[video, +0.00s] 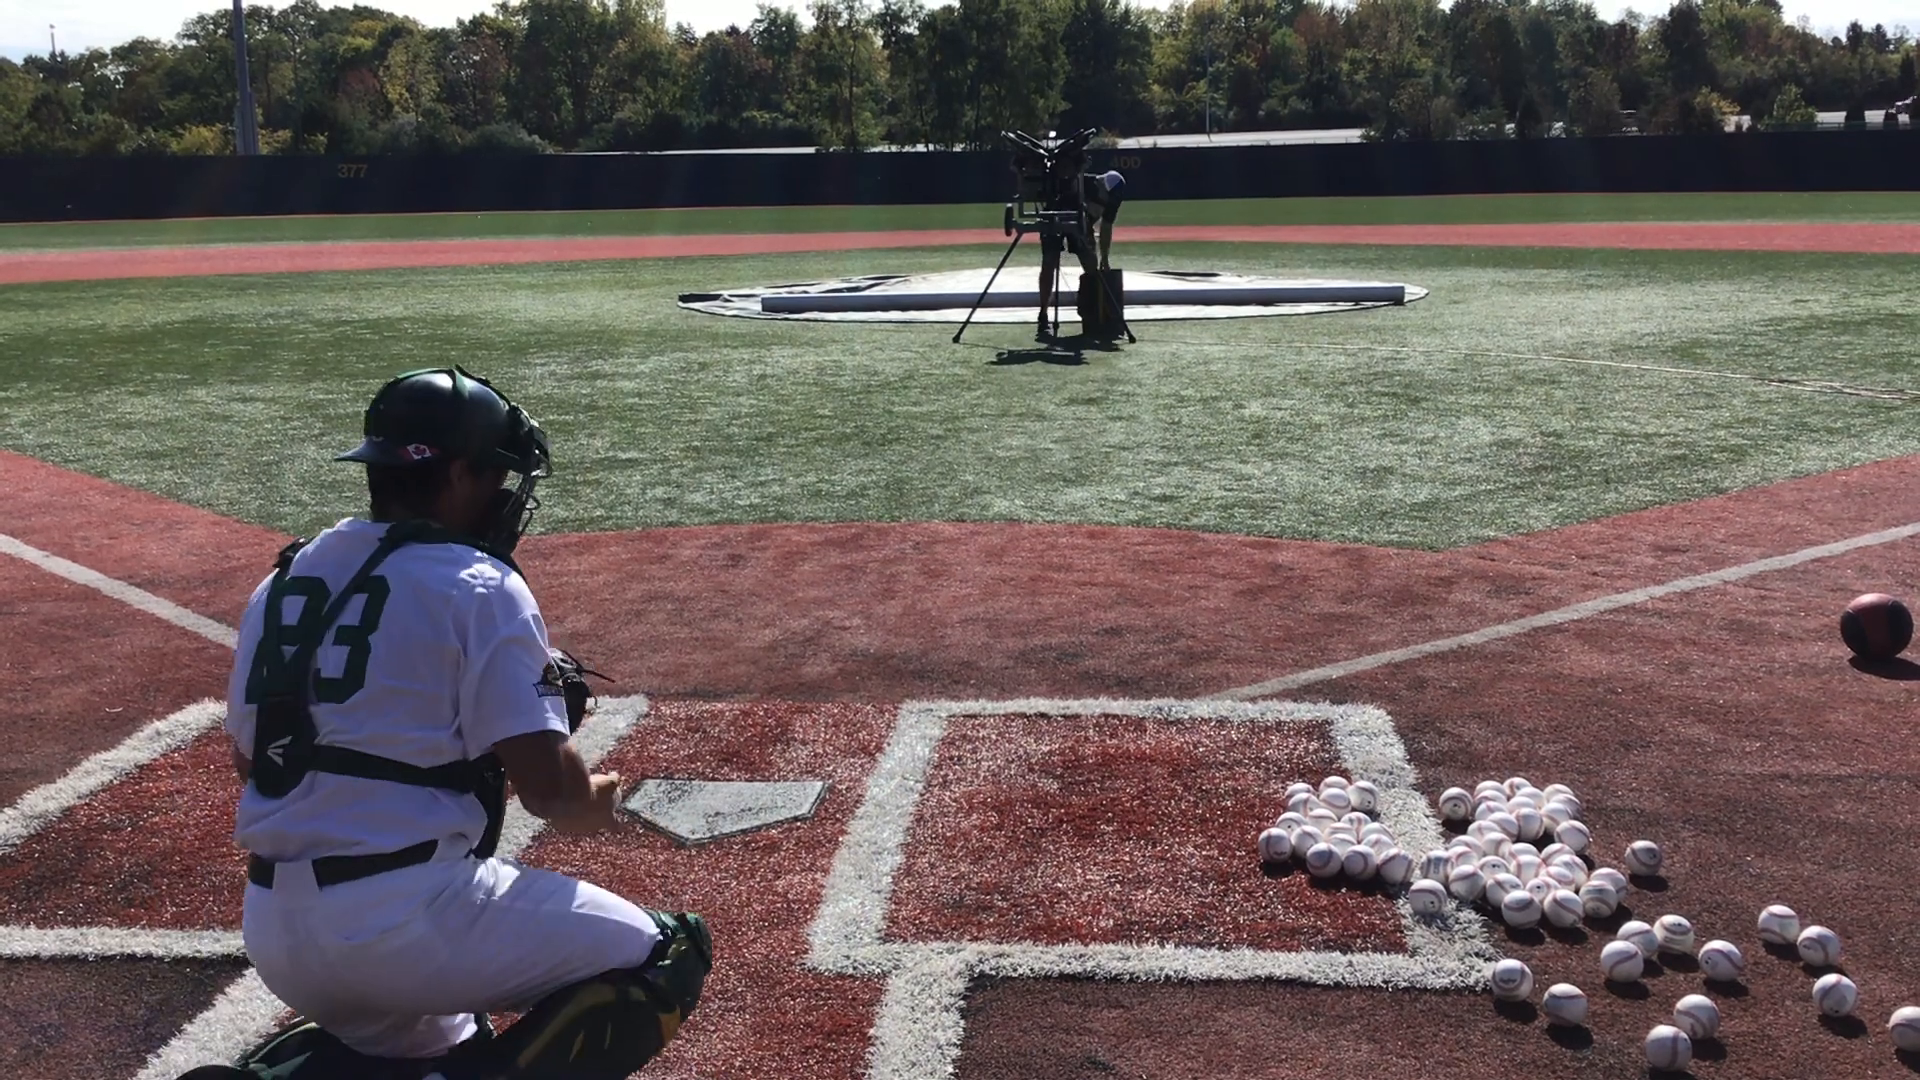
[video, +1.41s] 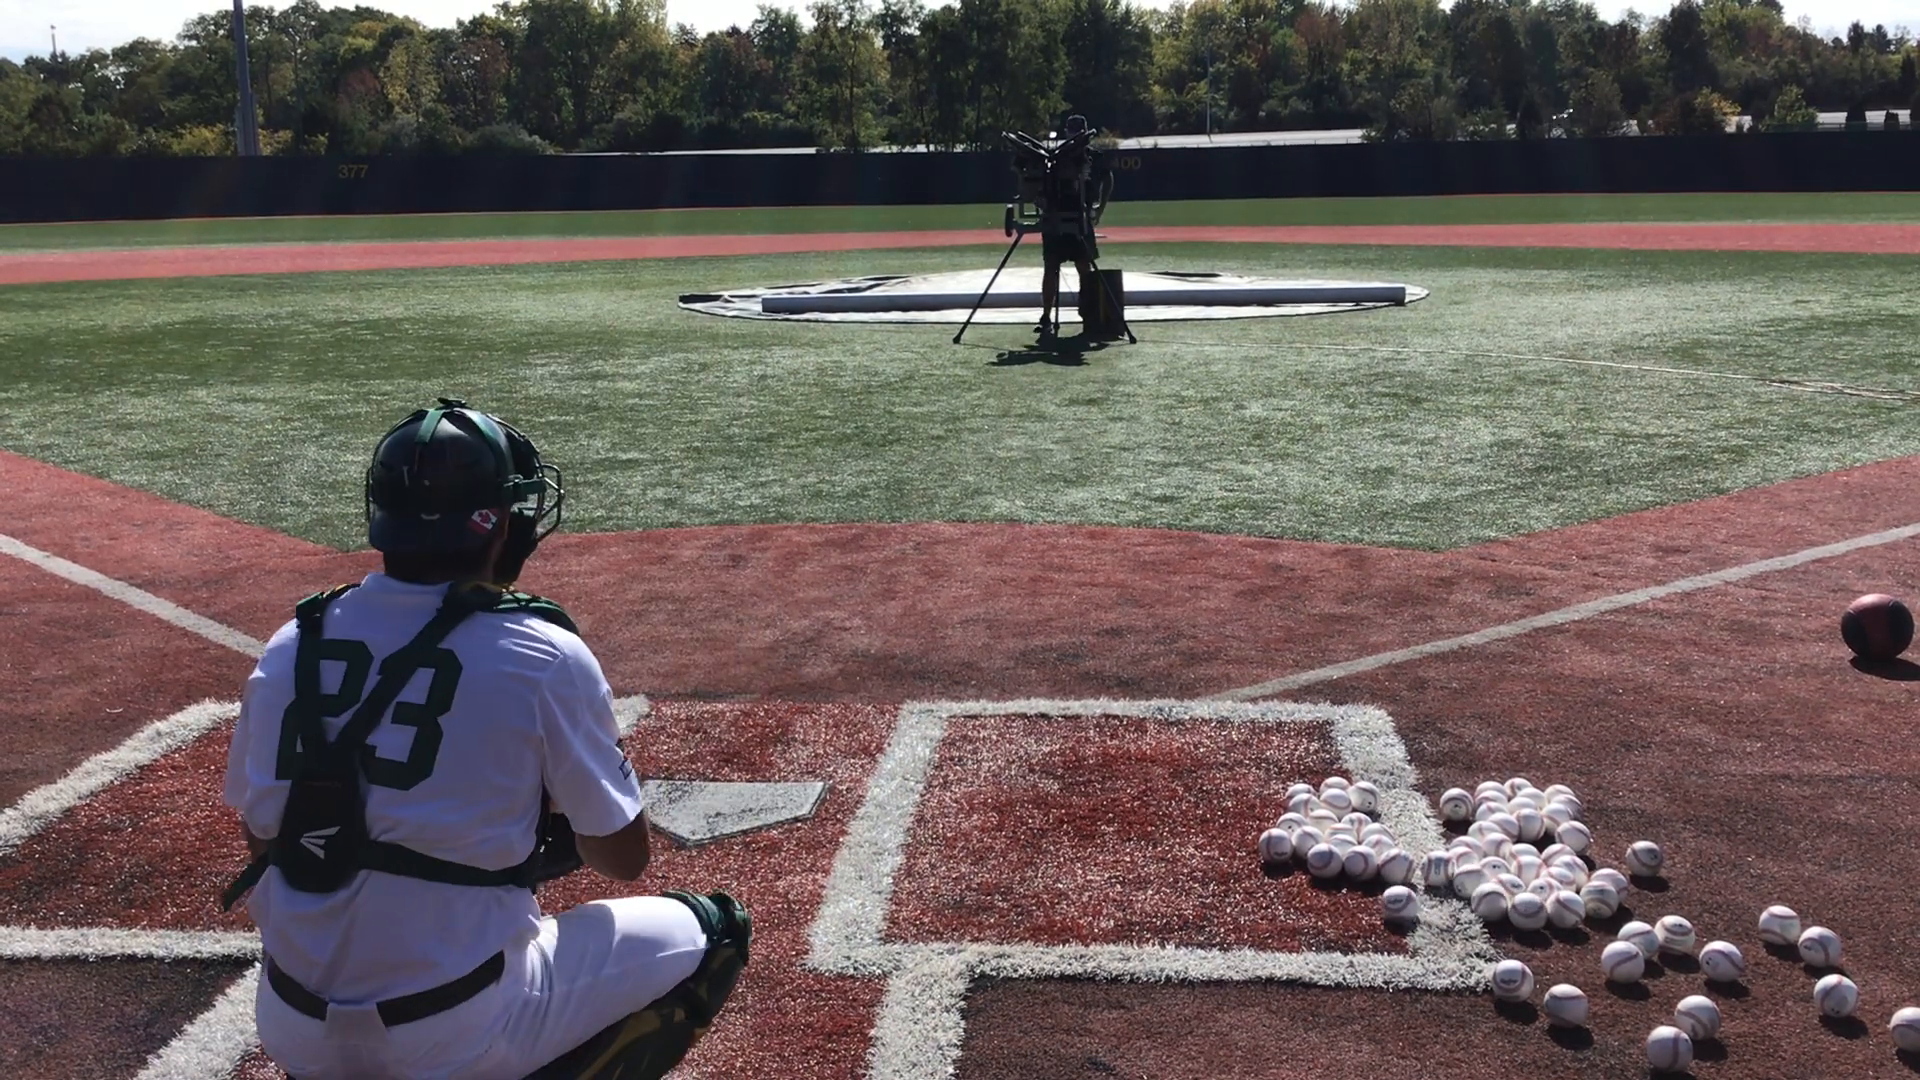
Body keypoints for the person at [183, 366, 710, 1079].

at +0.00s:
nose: (508, 492)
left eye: (507, 473)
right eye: (497, 473)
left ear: (384, 476)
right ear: (456, 479)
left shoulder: (282, 582)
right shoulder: (480, 589)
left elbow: (250, 752)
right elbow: (547, 785)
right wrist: (597, 804)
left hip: (275, 927)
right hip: (411, 916)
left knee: (454, 1042)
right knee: (664, 956)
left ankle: (284, 1064)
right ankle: (498, 1063)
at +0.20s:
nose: (563, 491)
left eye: (564, 471)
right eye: (555, 472)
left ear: (439, 468)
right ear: (517, 475)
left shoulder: (337, 581)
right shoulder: (566, 594)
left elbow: (264, 757)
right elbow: (637, 773)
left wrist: (376, 758)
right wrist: (707, 819)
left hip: (349, 917)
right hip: (498, 922)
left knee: (439, 1054)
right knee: (657, 1024)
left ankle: (326, 1060)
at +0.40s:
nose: (653, 467)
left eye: (652, 448)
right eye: (645, 449)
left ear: (530, 446)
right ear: (613, 455)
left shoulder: (419, 553)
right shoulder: (666, 576)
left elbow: (319, 709)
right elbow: (739, 761)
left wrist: (409, 755)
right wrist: (773, 805)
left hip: (429, 880)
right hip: (576, 900)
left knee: (433, 1045)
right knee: (688, 1044)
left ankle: (355, 1054)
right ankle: (502, 1066)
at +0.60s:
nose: (682, 434)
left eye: (680, 416)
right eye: (676, 418)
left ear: (562, 412)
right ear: (650, 427)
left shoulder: (460, 528)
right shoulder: (715, 550)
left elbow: (365, 698)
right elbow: (775, 727)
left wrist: (444, 724)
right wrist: (702, 756)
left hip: (469, 856)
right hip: (619, 881)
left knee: (393, 973)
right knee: (687, 1043)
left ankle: (307, 1057)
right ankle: (554, 1064)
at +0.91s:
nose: (637, 446)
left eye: (632, 428)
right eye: (630, 431)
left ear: (501, 443)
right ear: (613, 451)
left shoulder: (419, 573)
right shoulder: (684, 578)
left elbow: (349, 768)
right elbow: (734, 749)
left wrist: (450, 764)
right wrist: (623, 747)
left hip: (438, 919)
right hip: (605, 936)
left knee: (356, 926)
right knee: (698, 1041)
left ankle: (368, 1061)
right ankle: (564, 1066)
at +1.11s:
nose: (572, 512)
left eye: (569, 495)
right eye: (565, 497)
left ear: (432, 510)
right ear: (546, 519)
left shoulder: (340, 643)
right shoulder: (614, 651)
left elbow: (282, 837)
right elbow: (686, 832)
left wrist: (400, 824)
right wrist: (577, 802)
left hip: (390, 1014)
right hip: (559, 1016)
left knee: (302, 898)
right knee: (685, 1026)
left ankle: (347, 1069)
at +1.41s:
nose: (527, 529)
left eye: (524, 512)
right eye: (520, 514)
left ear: (385, 520)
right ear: (499, 531)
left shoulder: (292, 643)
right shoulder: (546, 656)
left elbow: (260, 826)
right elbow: (624, 857)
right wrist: (556, 806)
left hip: (294, 1032)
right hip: (453, 1041)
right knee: (713, 932)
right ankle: (568, 1070)